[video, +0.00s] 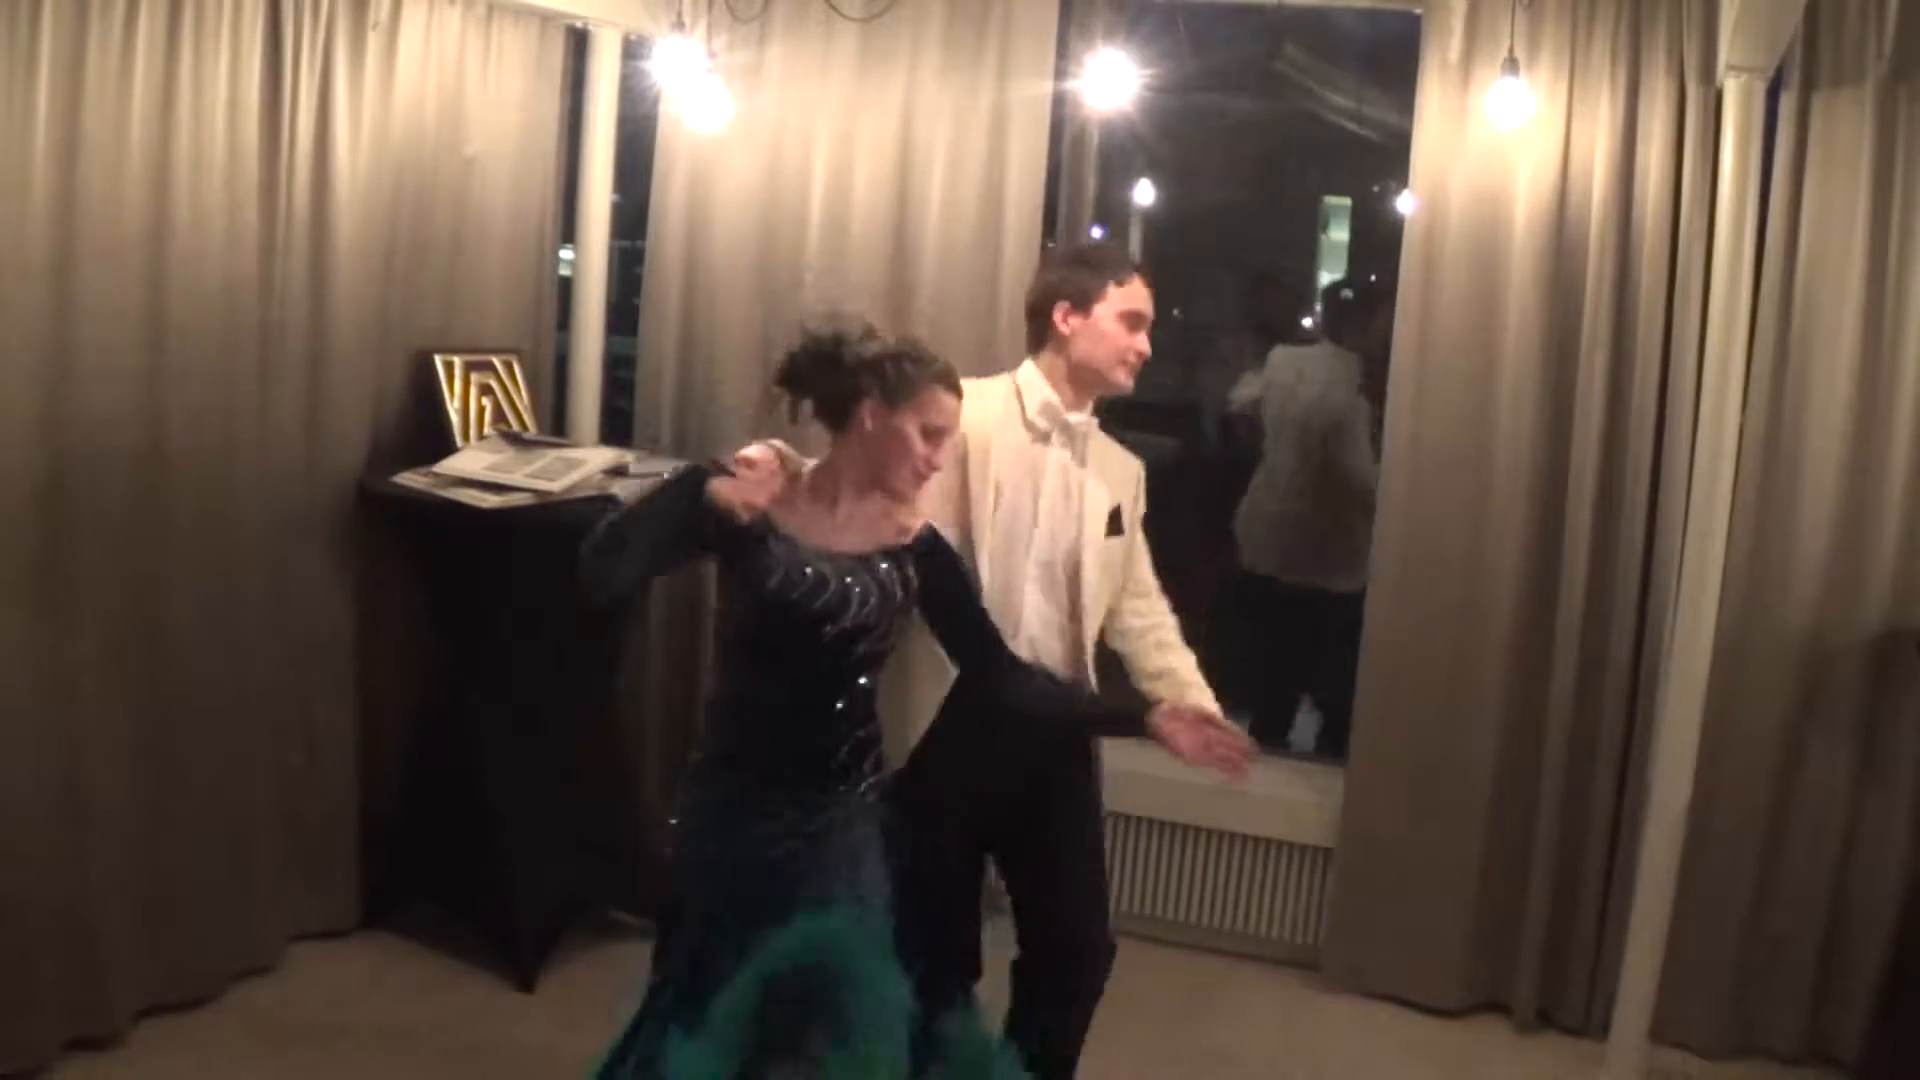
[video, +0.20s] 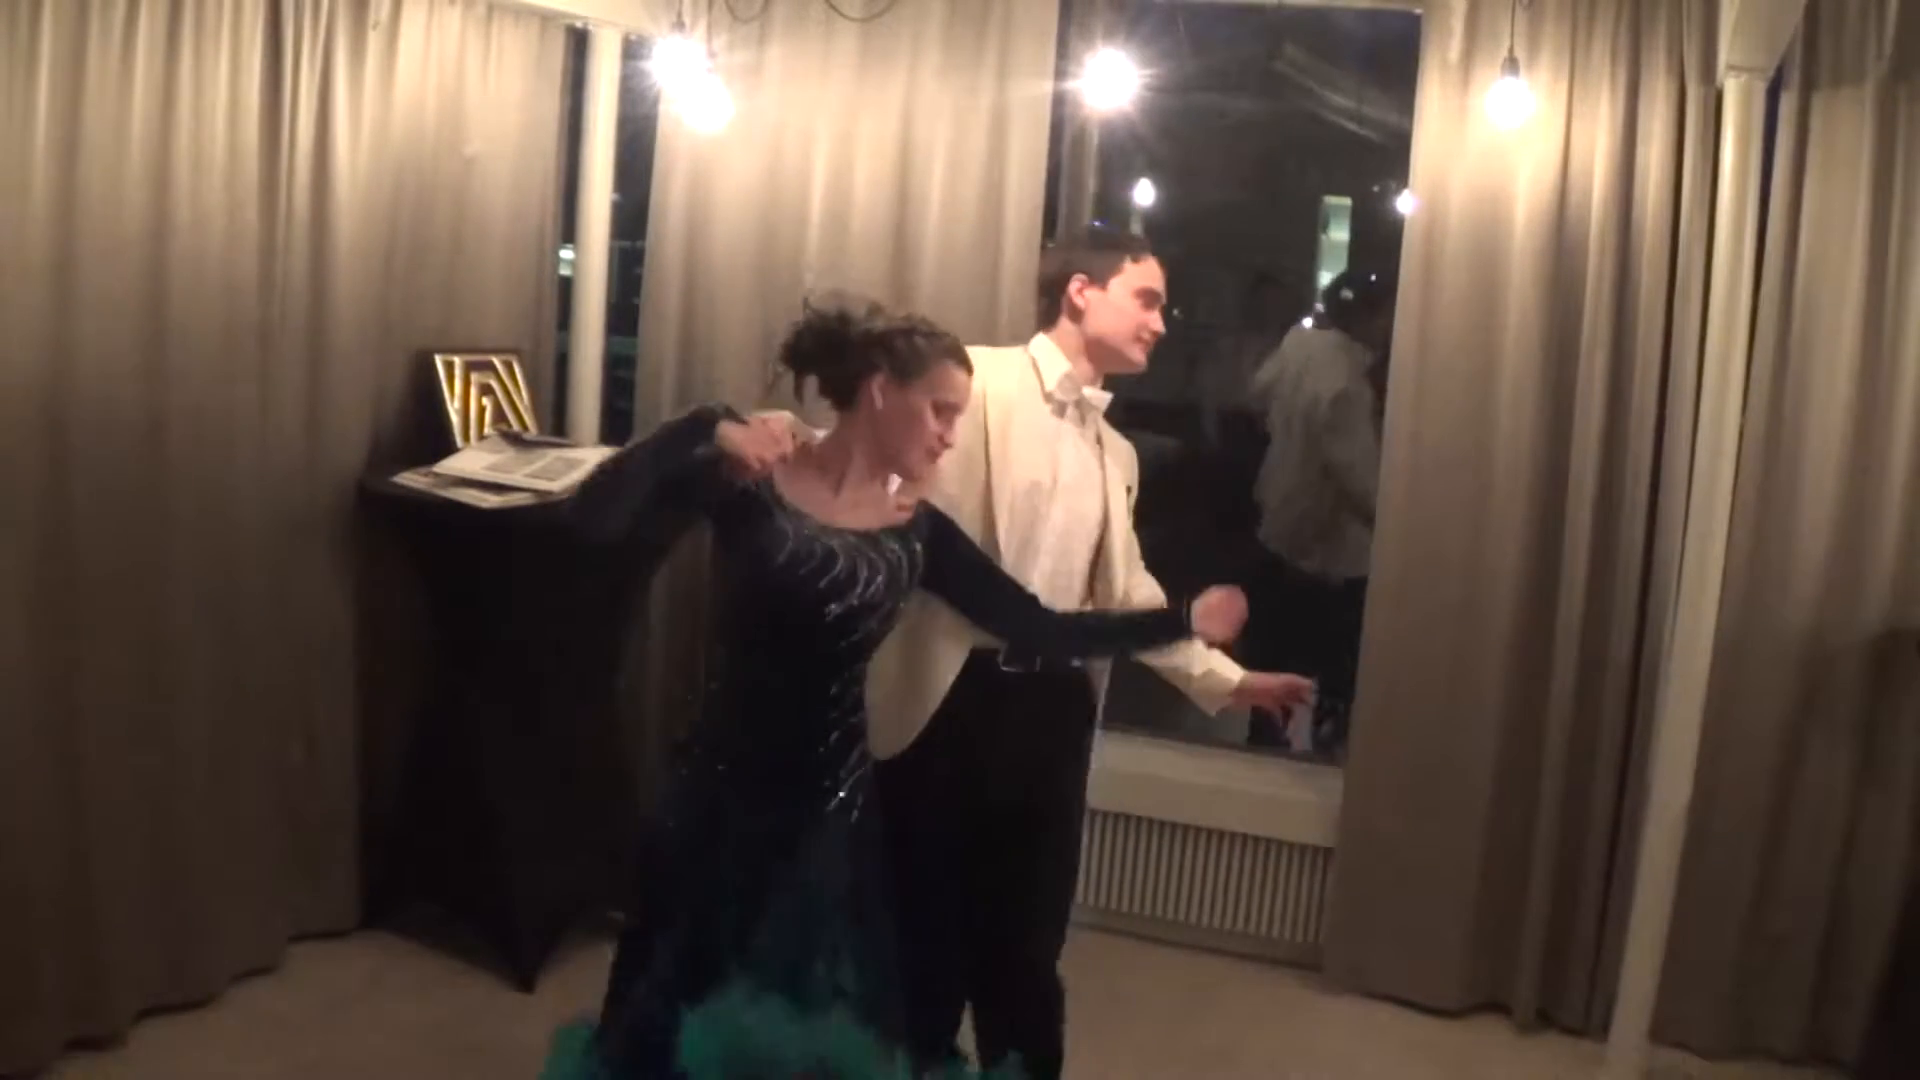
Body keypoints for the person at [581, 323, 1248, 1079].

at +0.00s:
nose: (939, 458)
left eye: (947, 439)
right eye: (928, 435)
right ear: (865, 416)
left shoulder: (915, 545)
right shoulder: (752, 502)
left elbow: (1001, 676)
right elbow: (603, 571)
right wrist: (700, 491)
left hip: (847, 801)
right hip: (738, 795)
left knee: (857, 1003)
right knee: (712, 1002)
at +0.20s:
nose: (952, 435)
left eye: (958, 417)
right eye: (940, 410)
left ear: (894, 403)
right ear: (872, 393)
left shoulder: (917, 529)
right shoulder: (750, 471)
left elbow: (1046, 631)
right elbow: (597, 514)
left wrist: (1186, 621)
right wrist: (706, 433)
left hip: (835, 790)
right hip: (723, 775)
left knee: (830, 1009)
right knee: (688, 1000)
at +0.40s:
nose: (940, 411)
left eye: (950, 392)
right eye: (931, 384)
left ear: (889, 374)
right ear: (862, 362)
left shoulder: (910, 501)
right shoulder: (740, 439)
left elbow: (1046, 611)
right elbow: (575, 487)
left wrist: (1182, 563)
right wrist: (690, 396)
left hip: (829, 762)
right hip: (710, 747)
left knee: (815, 981)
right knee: (685, 971)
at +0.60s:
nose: (905, 406)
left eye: (914, 384)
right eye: (888, 379)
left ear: (917, 385)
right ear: (819, 362)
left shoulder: (902, 501)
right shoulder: (713, 466)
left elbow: (960, 674)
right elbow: (552, 545)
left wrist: (1090, 623)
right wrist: (638, 435)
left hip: (836, 781)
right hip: (712, 773)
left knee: (828, 1005)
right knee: (691, 1001)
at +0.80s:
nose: (853, 386)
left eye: (869, 365)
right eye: (829, 363)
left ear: (882, 366)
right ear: (761, 352)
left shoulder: (877, 476)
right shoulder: (699, 450)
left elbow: (870, 669)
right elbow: (546, 571)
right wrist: (601, 449)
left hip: (820, 763)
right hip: (702, 749)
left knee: (811, 981)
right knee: (679, 963)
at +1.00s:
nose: (823, 383)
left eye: (839, 356)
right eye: (795, 359)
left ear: (854, 346)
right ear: (727, 350)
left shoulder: (863, 458)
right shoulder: (677, 458)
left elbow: (848, 649)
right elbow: (516, 580)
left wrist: (730, 738)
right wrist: (572, 444)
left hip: (823, 780)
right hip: (698, 773)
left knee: (813, 1016)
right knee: (657, 1007)